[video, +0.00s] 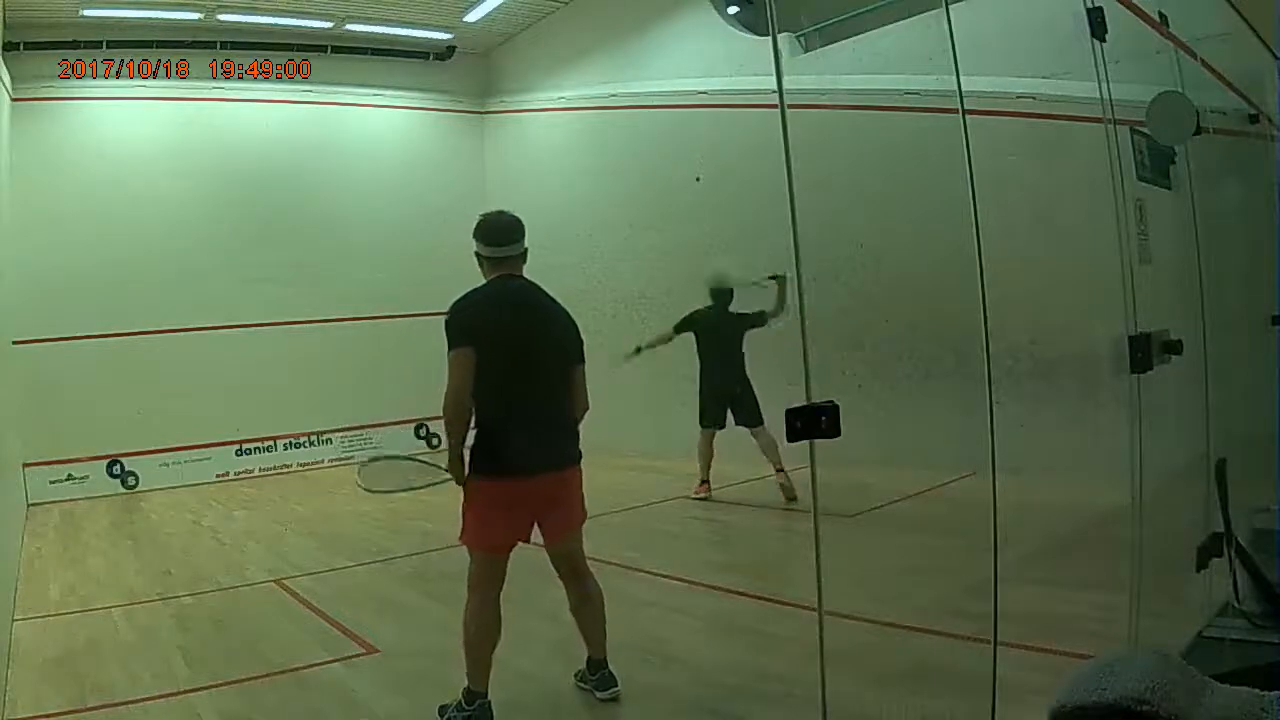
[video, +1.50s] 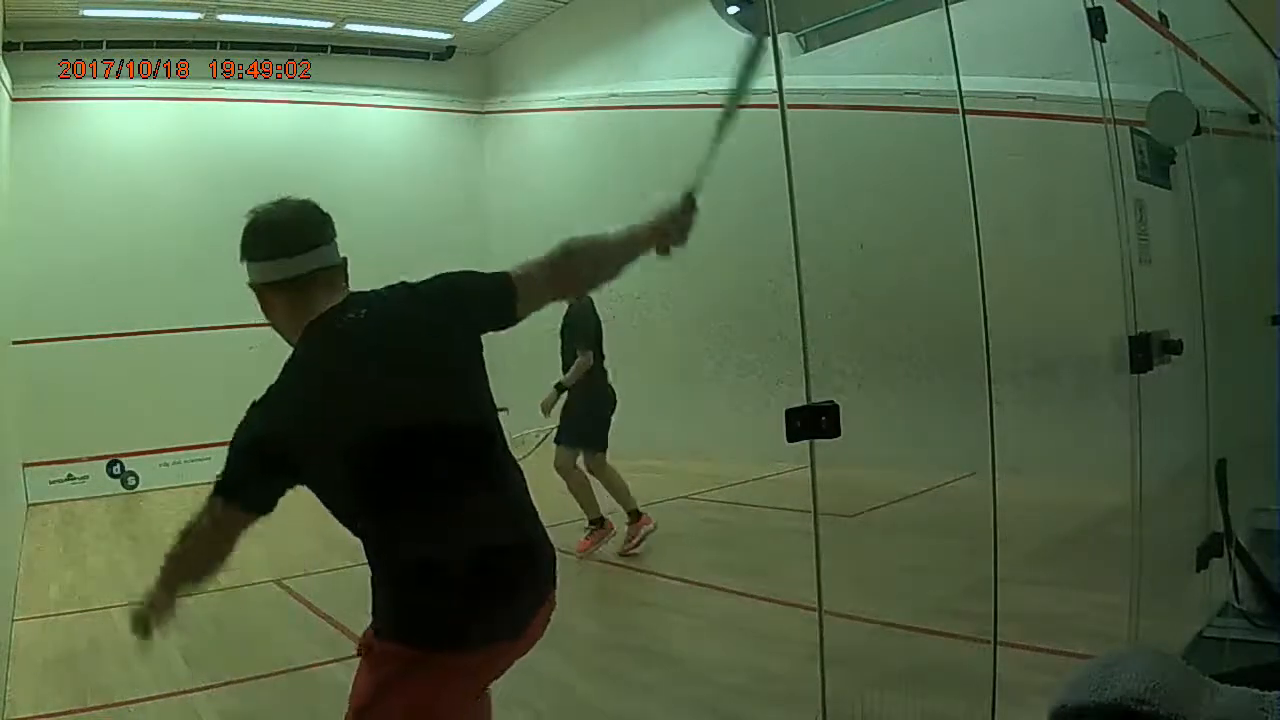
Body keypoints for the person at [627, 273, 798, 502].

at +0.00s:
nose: (723, 300)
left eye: (719, 296)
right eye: (726, 296)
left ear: (710, 296)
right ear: (730, 296)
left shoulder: (697, 318)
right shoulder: (739, 320)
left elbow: (667, 336)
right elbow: (776, 311)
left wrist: (643, 347)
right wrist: (781, 285)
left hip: (711, 387)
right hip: (740, 385)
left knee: (707, 434)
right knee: (759, 431)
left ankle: (704, 484)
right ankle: (780, 473)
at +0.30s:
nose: (657, 309)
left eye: (657, 305)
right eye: (656, 306)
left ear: (660, 303)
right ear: (668, 300)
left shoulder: (683, 323)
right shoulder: (662, 319)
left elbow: (706, 350)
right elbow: (648, 344)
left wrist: (720, 380)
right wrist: (636, 368)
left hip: (702, 382)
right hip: (698, 381)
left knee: (701, 432)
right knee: (718, 420)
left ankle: (708, 484)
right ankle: (755, 438)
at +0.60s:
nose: (623, 313)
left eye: (626, 308)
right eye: (623, 308)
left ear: (640, 311)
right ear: (637, 312)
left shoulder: (666, 331)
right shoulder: (627, 334)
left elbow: (690, 358)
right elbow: (634, 368)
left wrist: (708, 387)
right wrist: (664, 370)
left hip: (678, 389)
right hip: (655, 390)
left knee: (689, 436)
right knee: (643, 436)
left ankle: (710, 480)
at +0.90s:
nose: (596, 305)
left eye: (601, 301)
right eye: (596, 301)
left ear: (617, 303)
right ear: (600, 304)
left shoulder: (634, 332)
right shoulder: (600, 333)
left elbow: (648, 367)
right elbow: (596, 368)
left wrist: (645, 397)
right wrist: (595, 397)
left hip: (632, 400)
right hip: (608, 400)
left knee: (636, 447)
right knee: (608, 446)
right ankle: (615, 494)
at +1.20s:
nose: (578, 308)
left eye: (584, 304)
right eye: (576, 304)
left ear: (599, 307)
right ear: (576, 308)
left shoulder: (601, 338)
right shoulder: (589, 336)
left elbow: (602, 380)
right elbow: (592, 377)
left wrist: (569, 400)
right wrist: (578, 403)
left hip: (607, 410)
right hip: (598, 408)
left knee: (581, 462)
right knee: (602, 457)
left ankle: (601, 528)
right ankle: (615, 497)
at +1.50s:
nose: (554, 282)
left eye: (558, 276)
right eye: (556, 276)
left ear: (569, 279)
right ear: (577, 278)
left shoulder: (579, 310)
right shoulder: (581, 307)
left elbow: (586, 359)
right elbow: (587, 359)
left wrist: (557, 392)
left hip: (585, 395)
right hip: (599, 394)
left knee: (564, 464)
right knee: (596, 463)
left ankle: (598, 524)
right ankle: (637, 518)